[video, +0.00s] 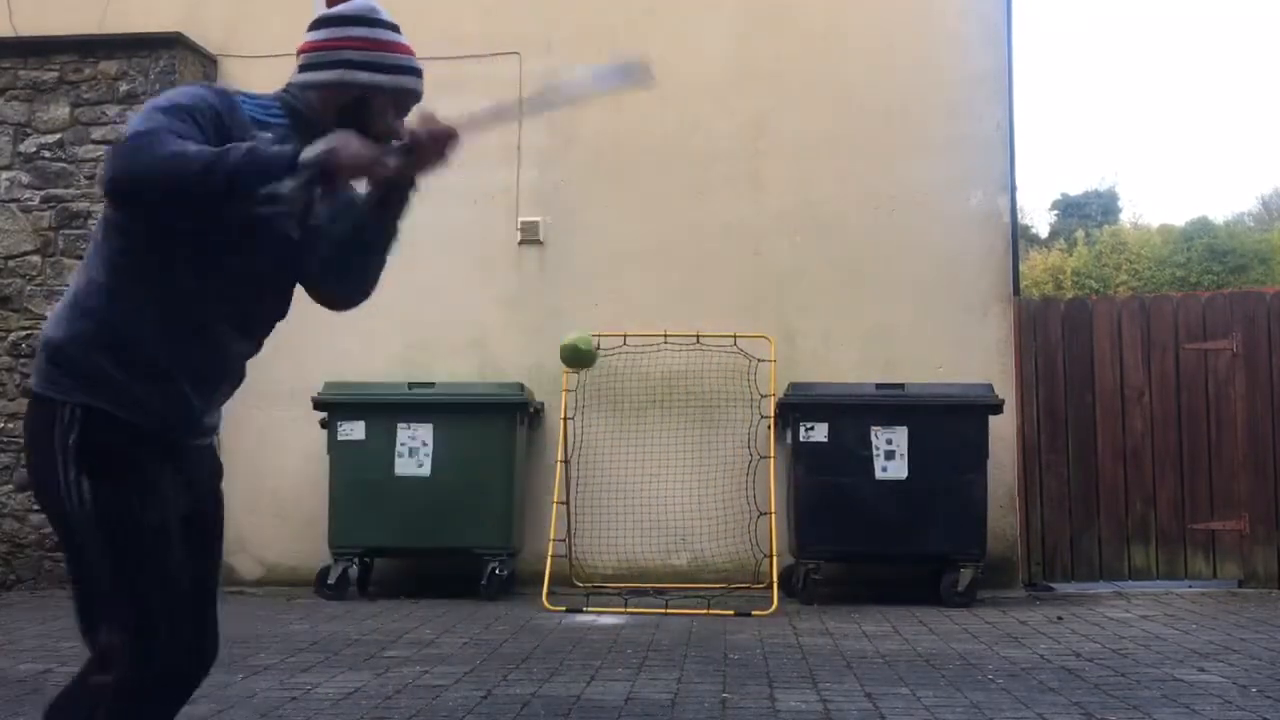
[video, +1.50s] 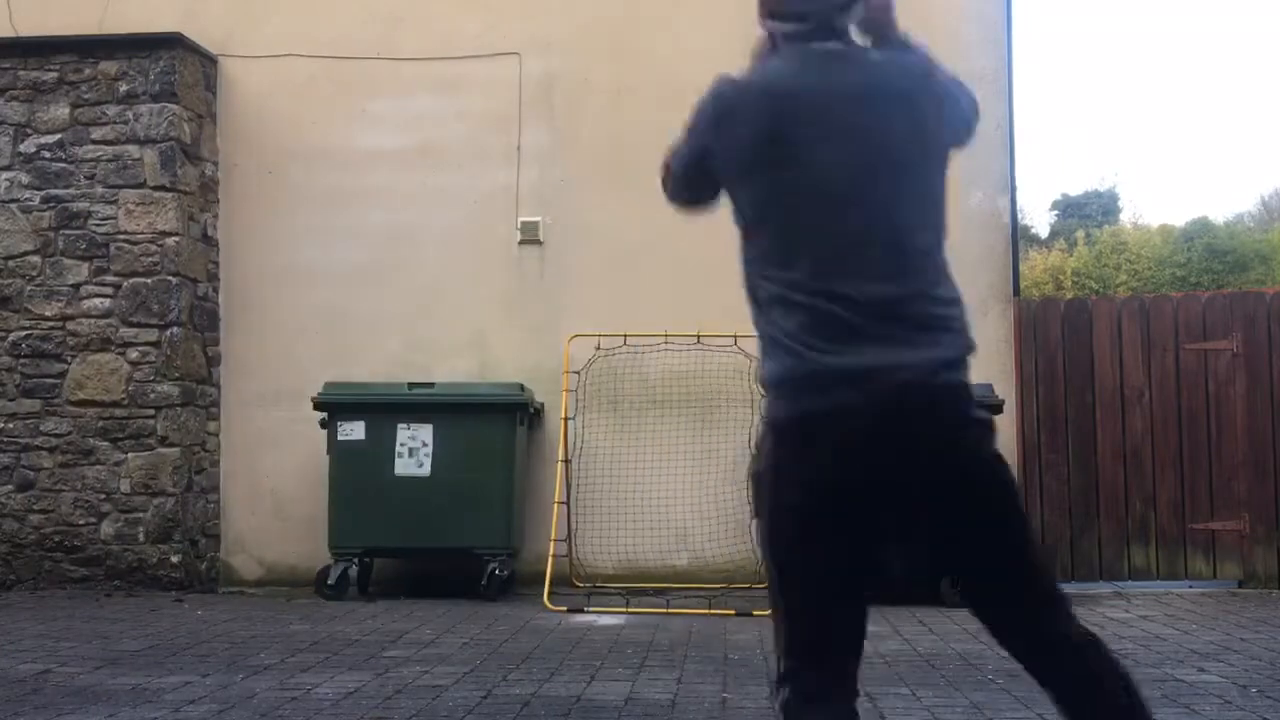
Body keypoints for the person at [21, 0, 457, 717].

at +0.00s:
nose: (402, 126)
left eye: (406, 109)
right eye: (397, 106)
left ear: (340, 91)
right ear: (350, 92)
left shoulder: (329, 184)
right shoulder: (211, 111)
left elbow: (339, 286)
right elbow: (131, 167)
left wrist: (396, 181)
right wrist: (300, 160)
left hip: (183, 423)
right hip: (92, 406)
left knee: (185, 652)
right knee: (137, 654)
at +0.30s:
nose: (399, 156)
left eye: (405, 135)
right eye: (396, 133)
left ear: (340, 115)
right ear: (352, 119)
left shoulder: (288, 177)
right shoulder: (274, 178)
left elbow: (317, 338)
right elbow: (256, 365)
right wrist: (315, 471)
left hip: (134, 431)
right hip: (90, 429)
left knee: (180, 660)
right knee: (161, 664)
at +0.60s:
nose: (417, 87)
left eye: (415, 74)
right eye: (417, 74)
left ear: (332, 63)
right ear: (406, 74)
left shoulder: (256, 133)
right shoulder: (398, 149)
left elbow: (203, 275)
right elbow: (416, 303)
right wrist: (388, 416)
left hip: (161, 403)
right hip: (246, 419)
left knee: (258, 652)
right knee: (278, 664)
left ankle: (163, 515)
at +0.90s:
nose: (505, 77)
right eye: (504, 65)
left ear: (419, 63)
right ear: (499, 69)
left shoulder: (347, 146)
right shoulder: (513, 147)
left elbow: (290, 294)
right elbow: (588, 287)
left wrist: (375, 361)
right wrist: (595, 429)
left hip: (311, 420)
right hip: (429, 423)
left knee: (323, 641)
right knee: (548, 628)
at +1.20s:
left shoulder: (541, 27)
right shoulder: (714, 24)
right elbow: (803, 34)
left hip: (566, 333)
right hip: (689, 338)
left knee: (539, 586)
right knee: (710, 591)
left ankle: (525, 712)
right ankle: (720, 715)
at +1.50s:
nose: (764, 22)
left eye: (765, 16)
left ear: (768, 19)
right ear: (853, 17)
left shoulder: (741, 103)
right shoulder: (914, 87)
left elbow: (684, 186)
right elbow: (961, 105)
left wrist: (753, 77)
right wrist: (891, 34)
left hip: (812, 432)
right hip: (936, 419)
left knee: (817, 679)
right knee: (1049, 636)